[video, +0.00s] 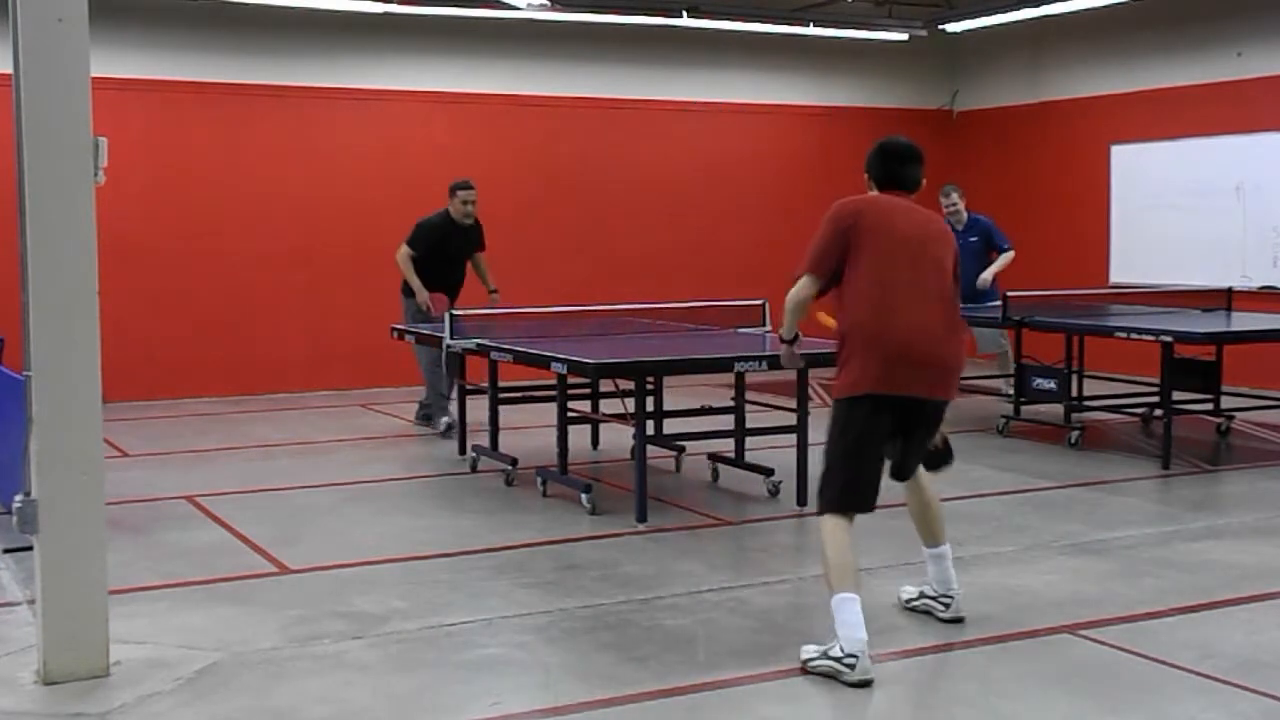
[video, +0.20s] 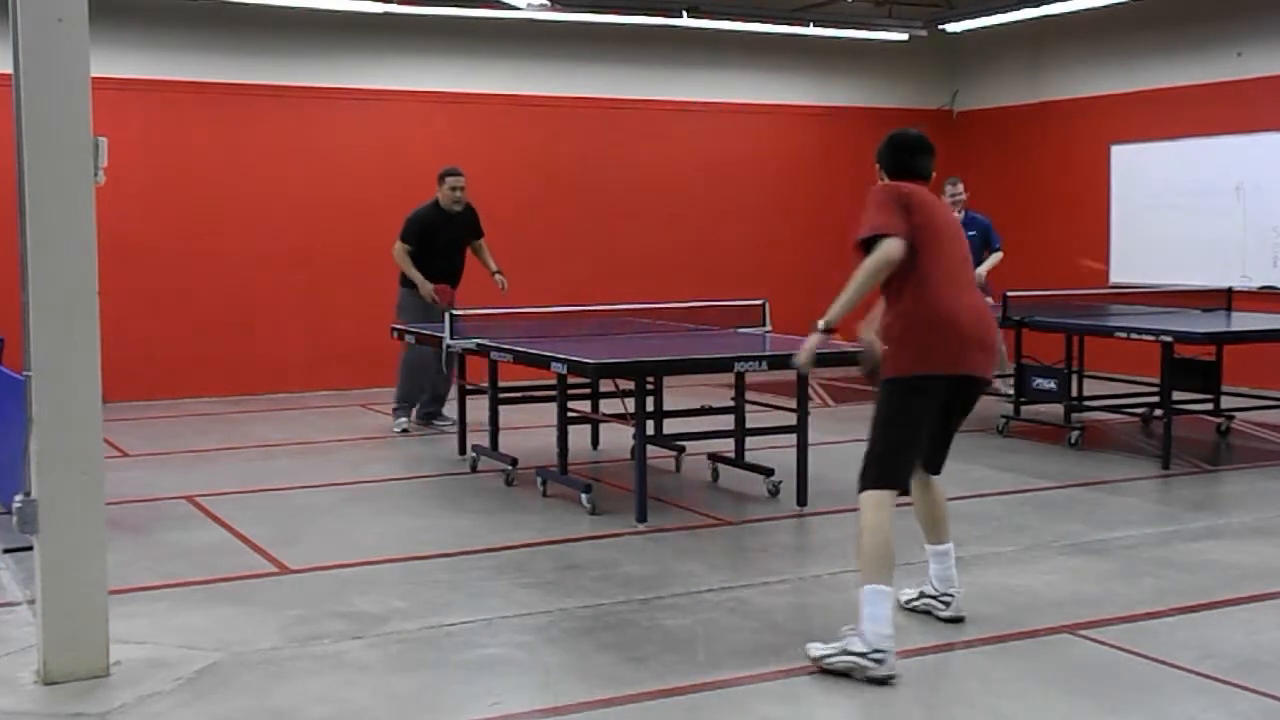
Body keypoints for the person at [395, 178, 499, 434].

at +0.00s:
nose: (470, 208)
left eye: (473, 203)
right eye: (464, 203)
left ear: (476, 203)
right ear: (450, 202)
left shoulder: (474, 227)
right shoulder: (430, 226)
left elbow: (476, 257)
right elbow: (402, 256)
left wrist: (491, 289)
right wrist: (419, 290)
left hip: (446, 302)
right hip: (419, 301)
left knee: (453, 358)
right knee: (431, 357)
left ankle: (428, 407)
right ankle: (441, 413)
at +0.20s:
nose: (459, 194)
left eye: (462, 189)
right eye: (453, 189)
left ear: (466, 190)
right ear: (440, 189)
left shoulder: (468, 214)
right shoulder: (421, 218)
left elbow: (477, 245)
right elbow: (399, 252)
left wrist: (494, 270)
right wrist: (421, 282)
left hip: (445, 297)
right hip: (416, 296)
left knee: (447, 352)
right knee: (417, 350)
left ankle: (431, 410)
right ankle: (403, 410)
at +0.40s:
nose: (454, 199)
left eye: (457, 194)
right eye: (448, 194)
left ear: (462, 195)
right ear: (436, 195)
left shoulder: (467, 218)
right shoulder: (419, 221)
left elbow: (478, 250)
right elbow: (400, 257)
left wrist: (490, 277)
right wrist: (425, 286)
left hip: (451, 296)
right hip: (415, 296)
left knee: (466, 346)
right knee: (405, 350)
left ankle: (461, 398)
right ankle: (400, 410)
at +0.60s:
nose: (463, 215)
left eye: (466, 209)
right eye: (457, 209)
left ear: (471, 208)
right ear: (445, 209)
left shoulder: (480, 231)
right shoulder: (431, 229)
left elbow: (491, 264)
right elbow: (397, 255)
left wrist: (497, 289)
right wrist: (419, 283)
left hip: (462, 301)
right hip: (427, 300)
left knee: (481, 350)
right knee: (417, 349)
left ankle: (488, 404)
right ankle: (403, 411)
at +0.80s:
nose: (466, 237)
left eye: (470, 231)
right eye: (461, 231)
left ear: (476, 229)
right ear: (450, 228)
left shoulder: (480, 246)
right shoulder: (433, 241)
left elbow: (494, 278)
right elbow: (394, 262)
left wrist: (502, 301)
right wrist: (421, 290)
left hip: (458, 303)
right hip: (423, 303)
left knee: (481, 345)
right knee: (417, 348)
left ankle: (487, 404)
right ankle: (405, 411)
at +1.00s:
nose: (462, 250)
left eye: (466, 244)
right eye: (457, 243)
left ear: (471, 240)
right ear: (445, 236)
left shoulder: (467, 251)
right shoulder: (429, 241)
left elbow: (473, 280)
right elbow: (417, 257)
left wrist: (487, 302)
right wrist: (457, 273)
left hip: (437, 302)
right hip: (405, 299)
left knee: (457, 349)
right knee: (405, 347)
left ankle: (479, 402)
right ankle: (403, 412)